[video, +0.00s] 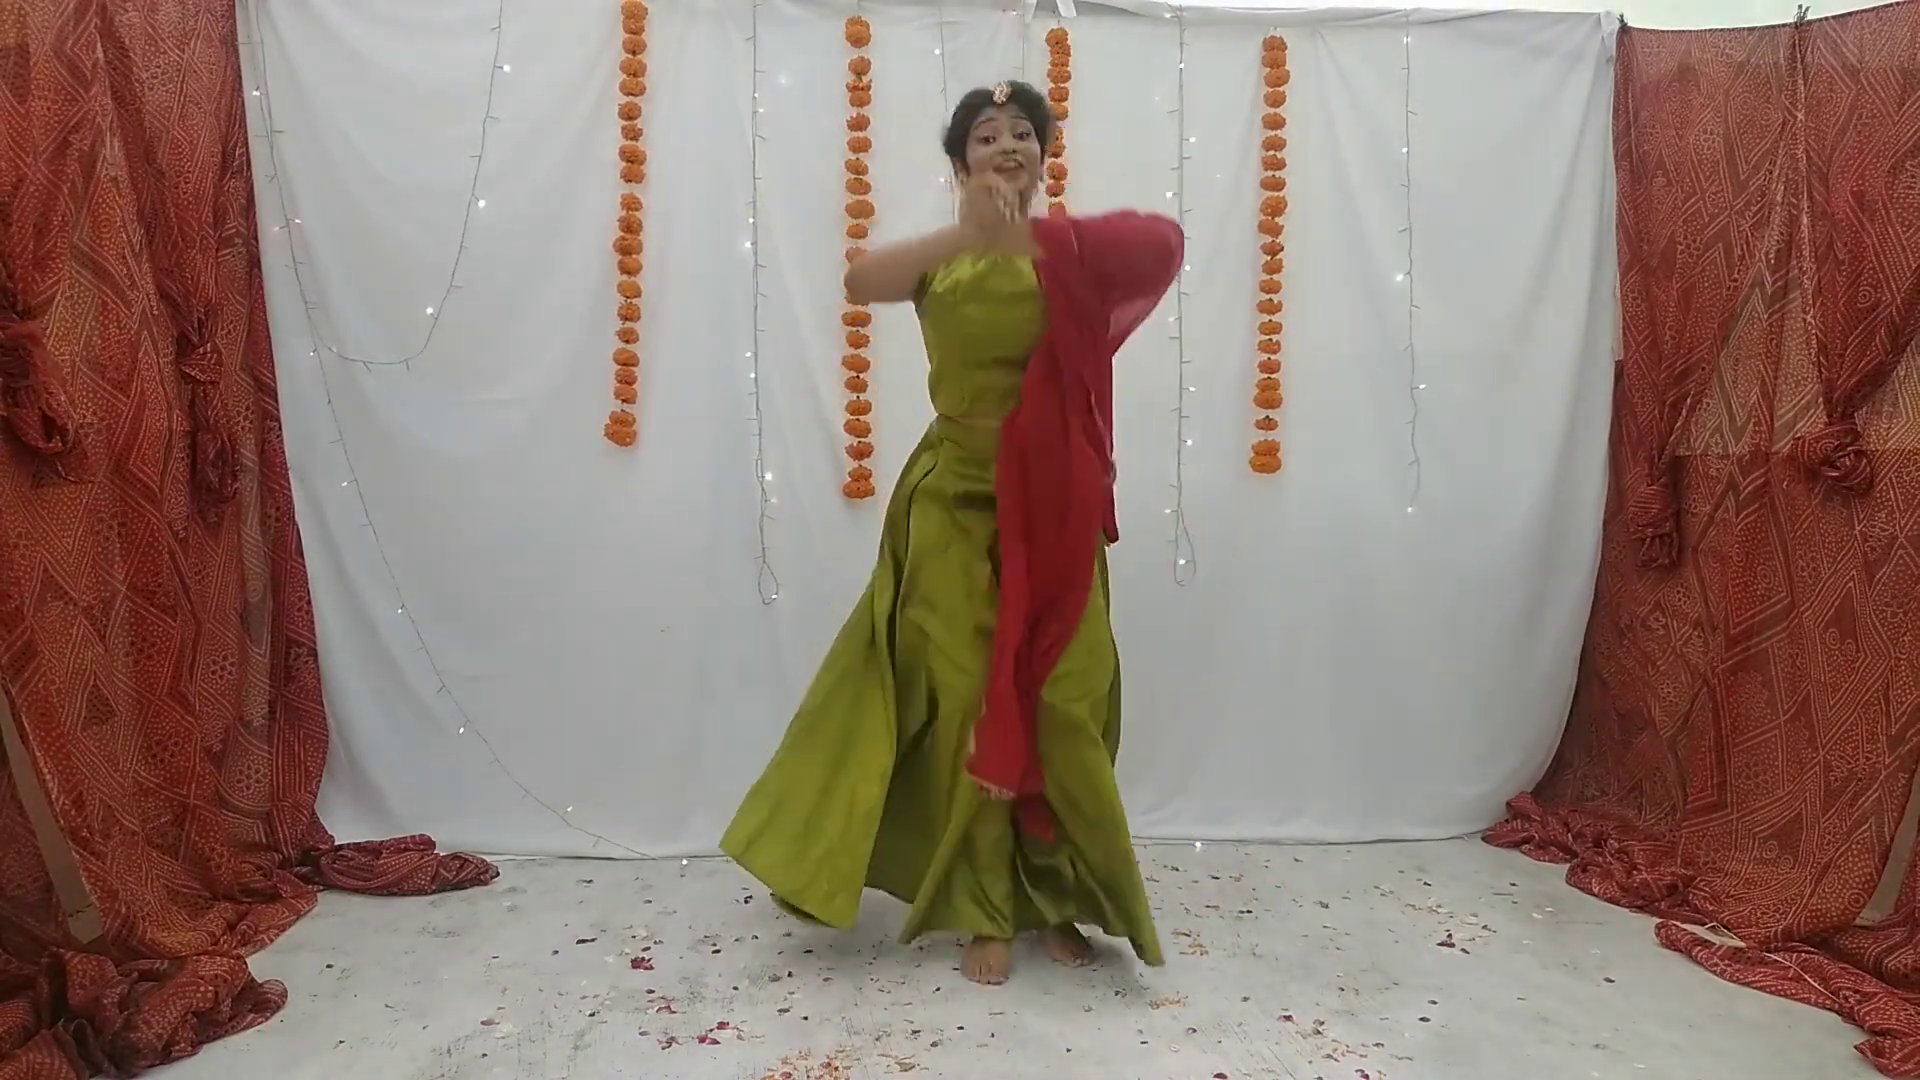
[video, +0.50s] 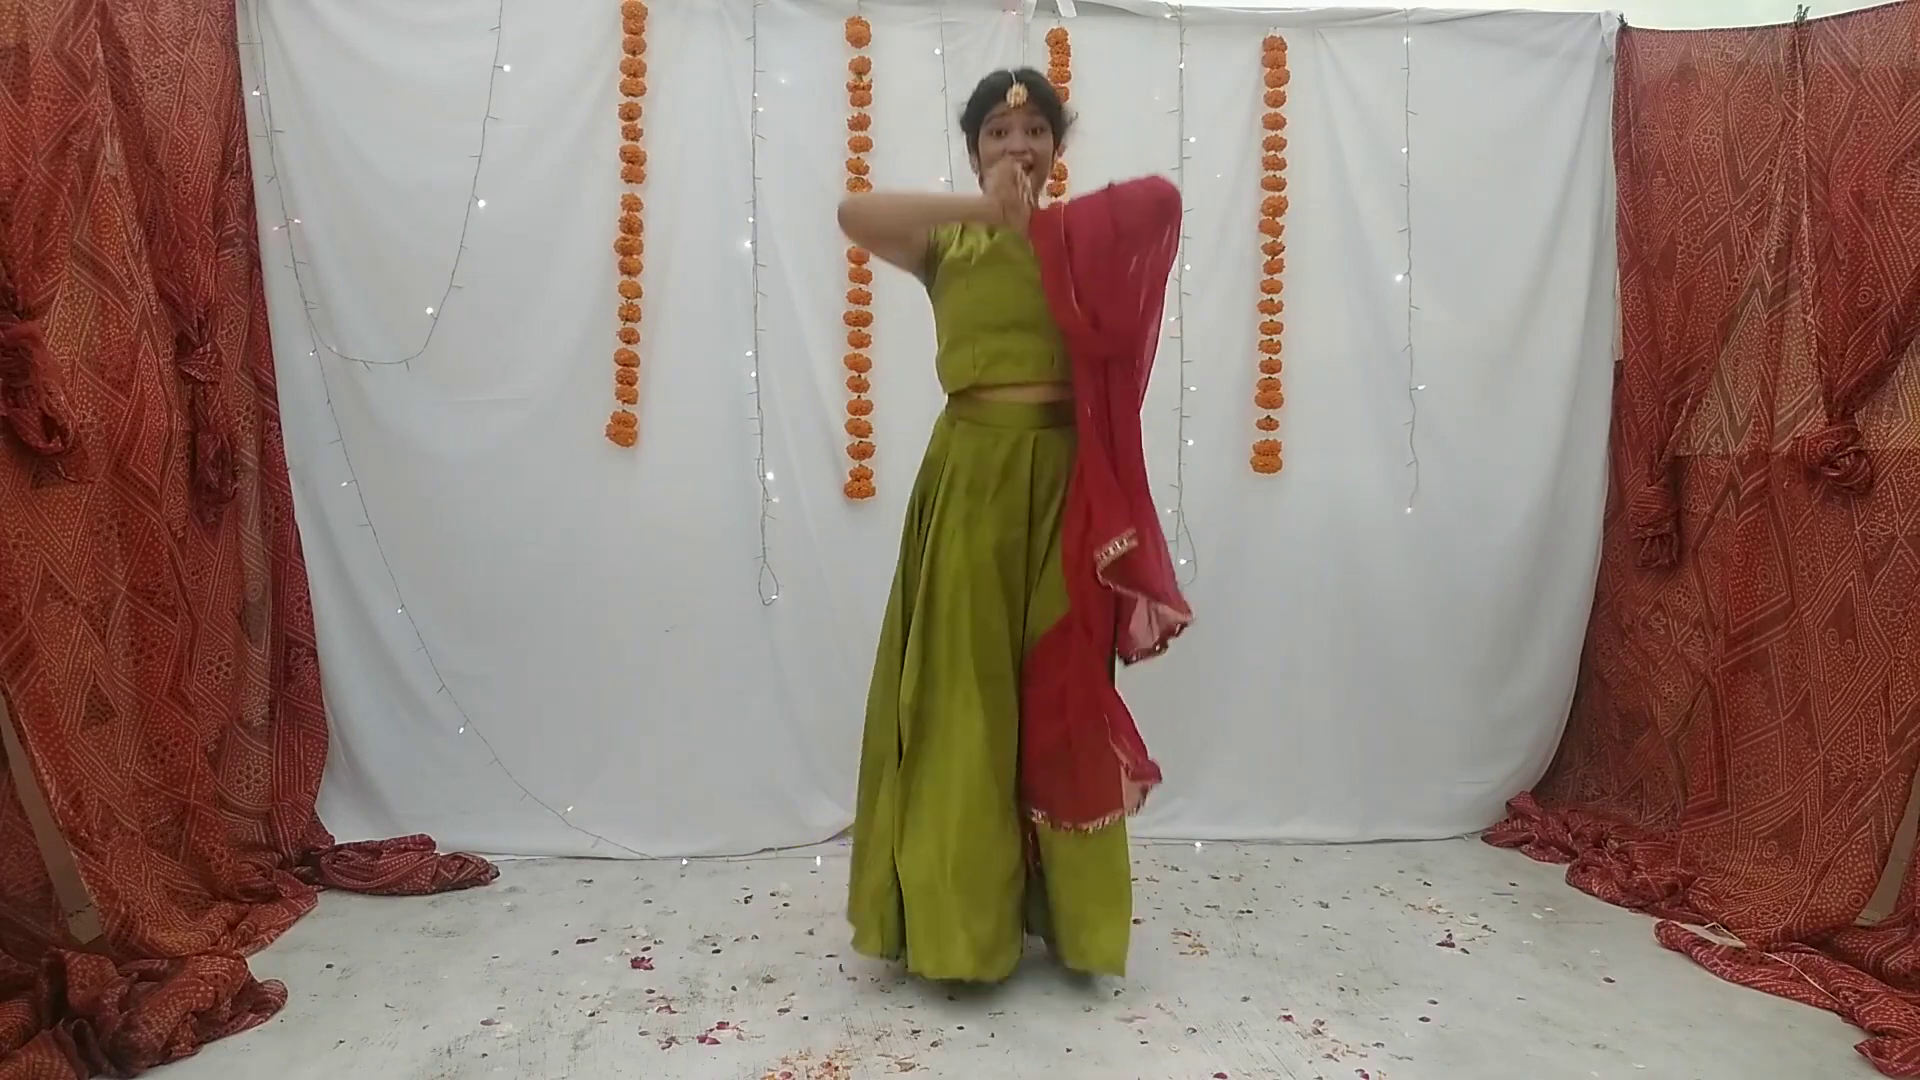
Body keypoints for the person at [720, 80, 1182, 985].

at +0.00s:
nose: (1006, 149)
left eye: (1021, 136)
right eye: (988, 139)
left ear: (1046, 159)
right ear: (960, 164)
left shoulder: (1074, 253)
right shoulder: (939, 257)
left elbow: (1165, 243)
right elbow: (861, 278)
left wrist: (1067, 237)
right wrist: (969, 230)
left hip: (1058, 493)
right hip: (956, 490)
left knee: (1067, 694)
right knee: (970, 692)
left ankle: (1057, 902)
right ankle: (987, 911)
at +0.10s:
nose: (1013, 209)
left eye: (1028, 193)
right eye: (994, 195)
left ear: (1052, 210)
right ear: (968, 215)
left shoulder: (1082, 311)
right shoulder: (933, 311)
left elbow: (1165, 332)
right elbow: (862, 362)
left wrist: (1056, 341)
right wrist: (973, 339)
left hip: (1059, 547)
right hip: (962, 542)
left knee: (1068, 729)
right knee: (978, 725)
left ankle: (1062, 913)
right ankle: (991, 922)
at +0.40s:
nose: (1016, 200)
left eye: (1031, 185)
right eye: (999, 187)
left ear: (1056, 200)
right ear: (974, 202)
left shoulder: (1079, 295)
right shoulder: (949, 298)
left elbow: (1157, 287)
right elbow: (857, 305)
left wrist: (1064, 296)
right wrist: (979, 296)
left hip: (1072, 521)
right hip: (975, 521)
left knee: (1076, 717)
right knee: (976, 714)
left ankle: (1084, 919)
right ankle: (974, 916)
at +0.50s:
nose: (1017, 145)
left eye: (1034, 131)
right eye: (1000, 133)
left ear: (1057, 146)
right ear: (976, 150)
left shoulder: (1087, 241)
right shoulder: (949, 244)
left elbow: (1162, 198)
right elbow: (856, 212)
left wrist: (1066, 219)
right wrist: (983, 209)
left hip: (1068, 473)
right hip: (970, 470)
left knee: (1067, 691)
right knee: (959, 691)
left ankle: (1076, 916)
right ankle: (956, 921)